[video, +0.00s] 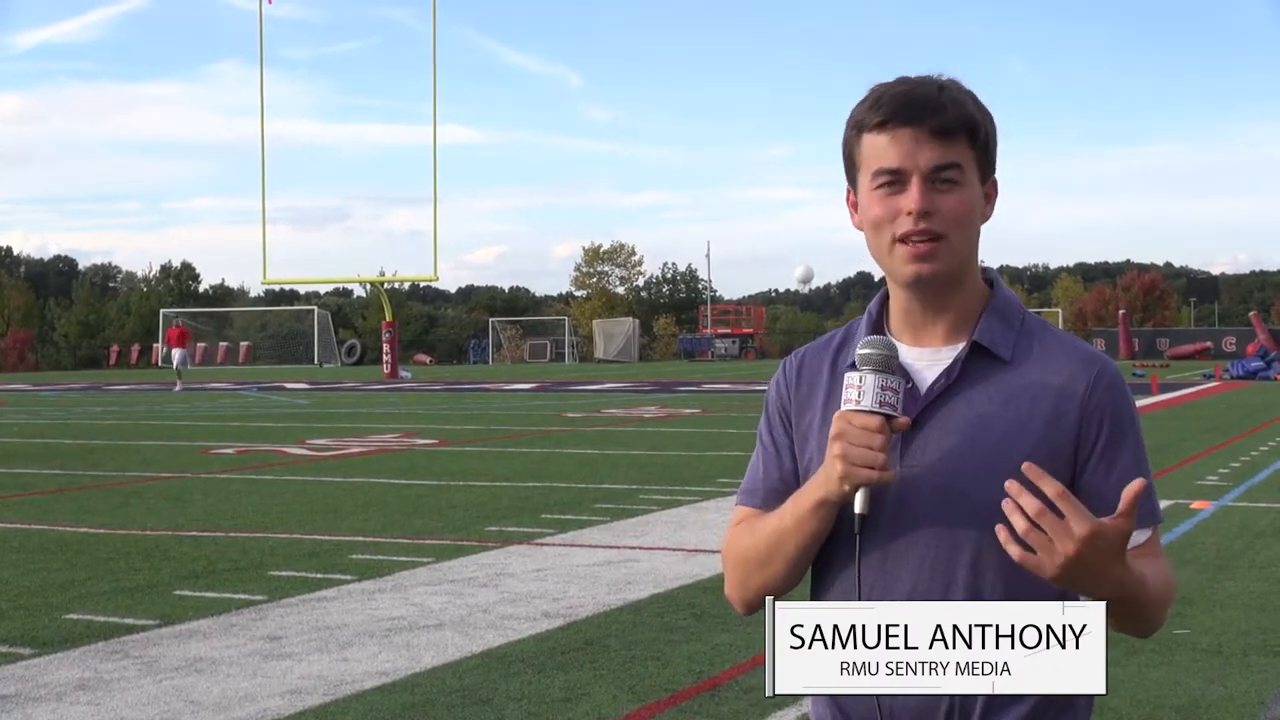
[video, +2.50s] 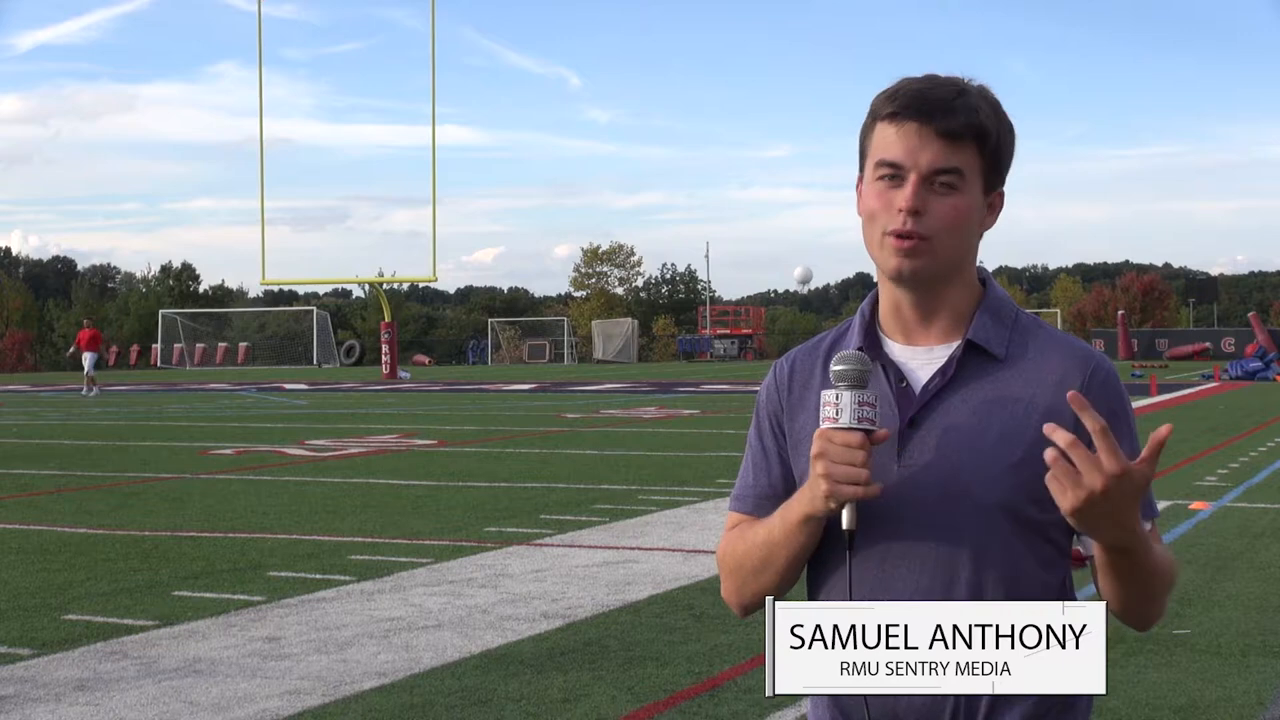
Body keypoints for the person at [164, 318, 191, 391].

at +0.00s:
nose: (175, 323)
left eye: (177, 321)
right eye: (174, 321)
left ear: (179, 322)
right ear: (172, 322)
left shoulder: (183, 330)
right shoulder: (170, 330)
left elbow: (187, 340)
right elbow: (166, 342)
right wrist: (164, 350)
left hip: (181, 349)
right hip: (174, 349)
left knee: (176, 366)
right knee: (176, 367)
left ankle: (179, 384)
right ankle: (179, 384)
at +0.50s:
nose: (161, 322)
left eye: (163, 321)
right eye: (160, 321)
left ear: (166, 322)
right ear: (159, 321)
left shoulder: (169, 330)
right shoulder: (155, 330)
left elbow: (171, 343)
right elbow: (153, 343)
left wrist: (172, 356)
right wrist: (151, 352)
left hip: (165, 349)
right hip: (157, 349)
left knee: (164, 369)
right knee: (153, 368)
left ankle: (166, 385)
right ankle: (162, 382)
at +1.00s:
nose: (141, 323)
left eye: (142, 322)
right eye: (140, 322)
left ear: (145, 323)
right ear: (138, 323)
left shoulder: (148, 330)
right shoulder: (135, 331)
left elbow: (151, 341)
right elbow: (133, 344)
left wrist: (150, 351)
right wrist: (132, 355)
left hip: (145, 351)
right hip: (137, 351)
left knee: (145, 370)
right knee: (138, 371)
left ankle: (154, 382)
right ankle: (140, 386)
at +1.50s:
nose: (124, 324)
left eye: (125, 322)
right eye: (122, 322)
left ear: (128, 323)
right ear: (121, 323)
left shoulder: (133, 332)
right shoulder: (118, 332)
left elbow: (137, 344)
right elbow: (115, 345)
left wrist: (138, 354)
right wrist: (112, 358)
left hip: (130, 352)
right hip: (122, 352)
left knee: (124, 371)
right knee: (122, 372)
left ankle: (124, 388)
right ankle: (134, 384)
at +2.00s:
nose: (103, 325)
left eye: (104, 323)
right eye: (102, 323)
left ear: (107, 324)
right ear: (100, 324)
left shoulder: (110, 332)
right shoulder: (99, 332)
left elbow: (111, 343)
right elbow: (99, 342)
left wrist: (104, 349)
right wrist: (98, 351)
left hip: (109, 353)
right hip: (101, 353)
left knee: (113, 372)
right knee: (98, 372)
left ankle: (120, 387)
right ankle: (97, 388)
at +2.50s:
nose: (86, 324)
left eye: (87, 322)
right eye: (85, 322)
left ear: (91, 323)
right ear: (83, 323)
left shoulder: (95, 332)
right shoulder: (81, 332)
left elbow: (100, 344)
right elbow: (76, 344)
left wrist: (104, 353)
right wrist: (70, 351)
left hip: (92, 353)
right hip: (84, 353)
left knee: (87, 371)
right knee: (88, 372)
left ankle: (85, 388)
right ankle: (95, 388)